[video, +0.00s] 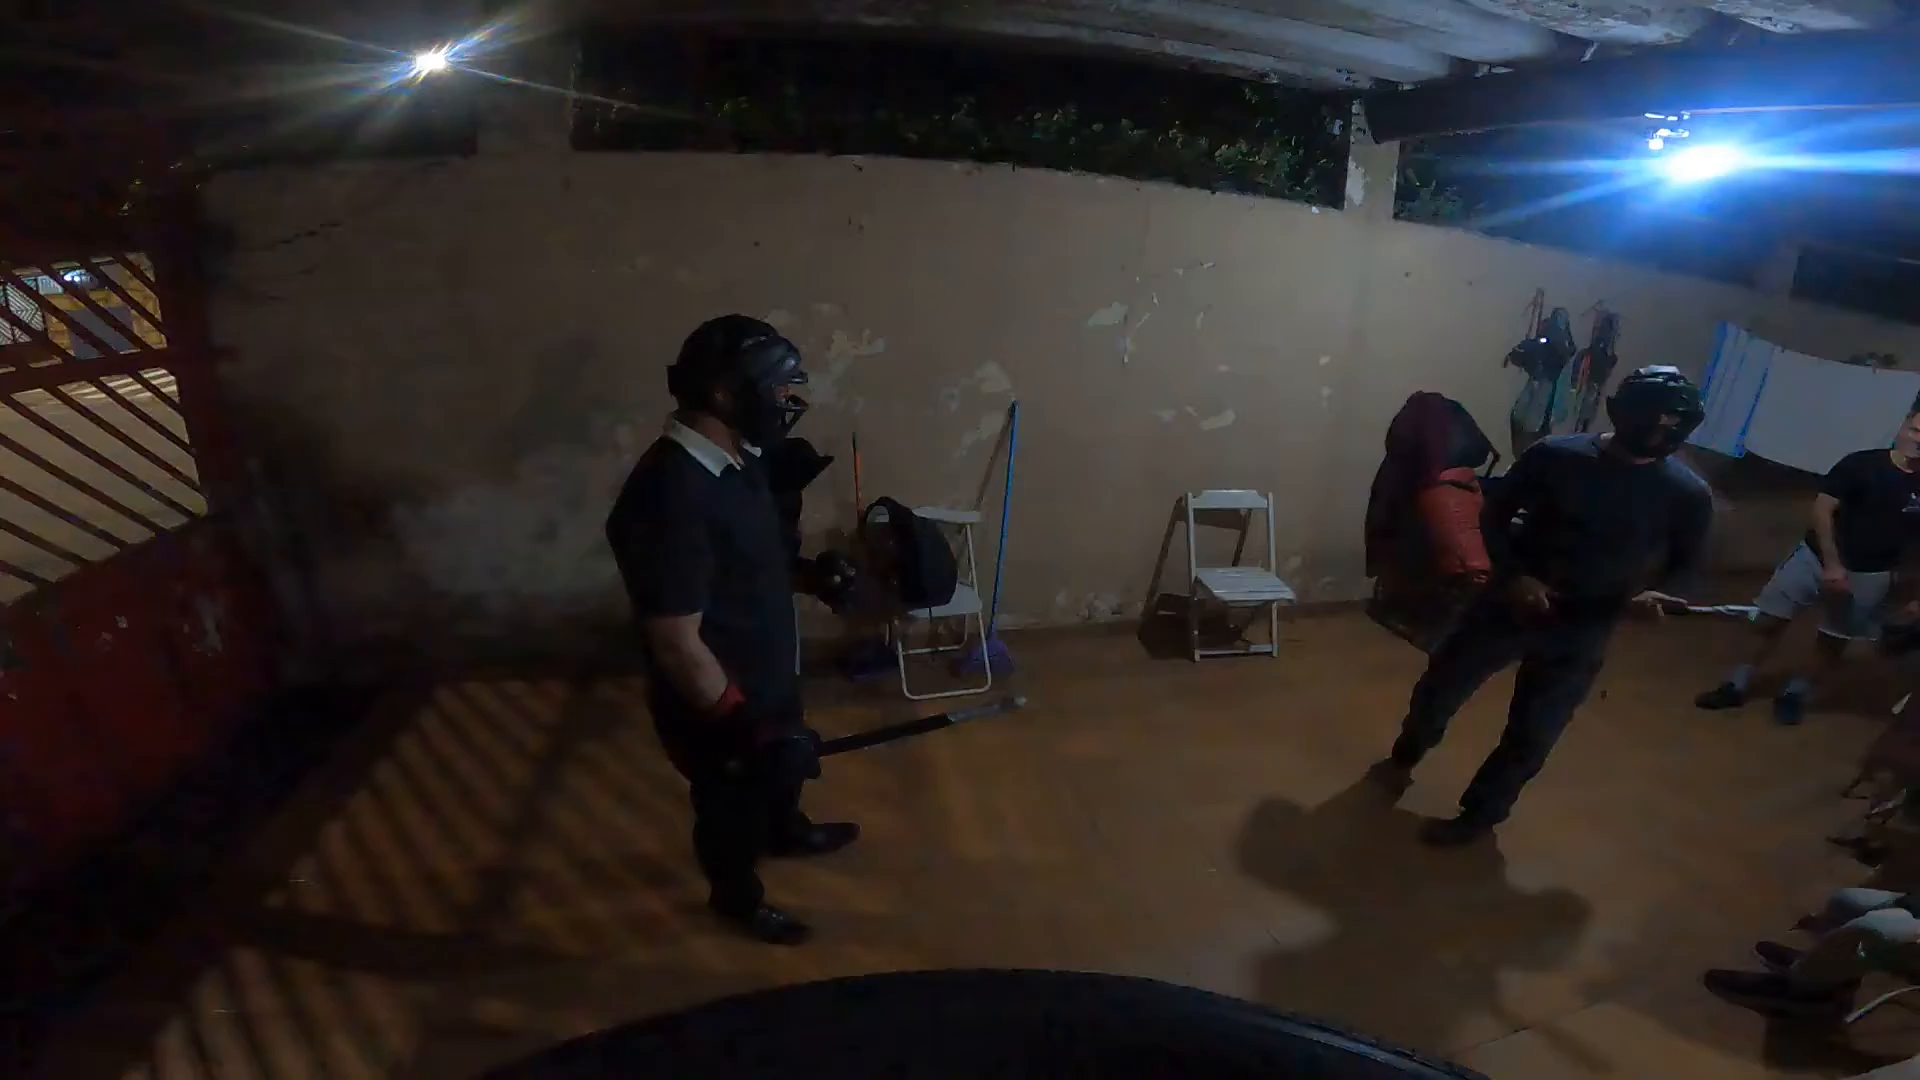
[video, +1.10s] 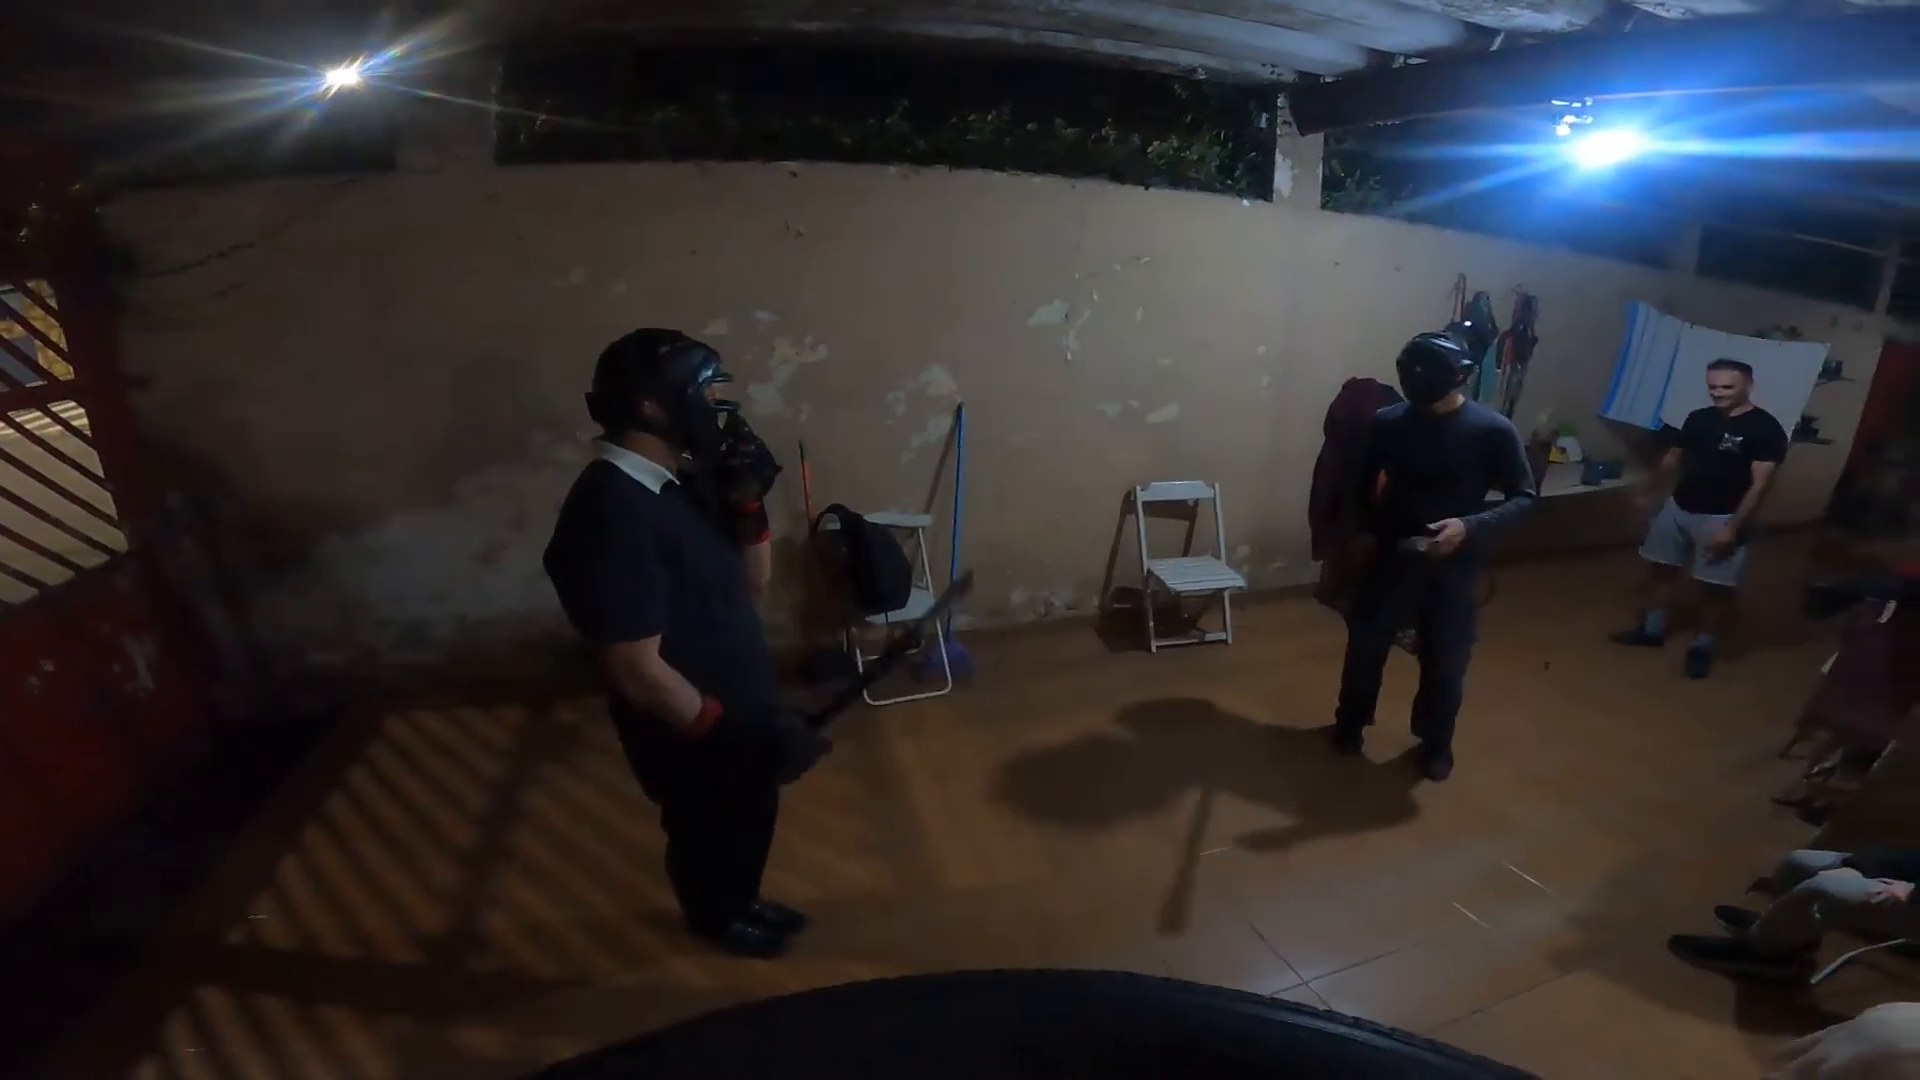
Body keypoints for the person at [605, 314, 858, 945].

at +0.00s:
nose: (787, 398)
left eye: (787, 383)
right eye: (771, 383)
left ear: (723, 394)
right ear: (721, 393)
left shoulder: (738, 461)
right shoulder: (666, 491)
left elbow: (749, 566)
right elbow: (674, 638)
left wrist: (810, 576)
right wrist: (737, 716)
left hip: (764, 663)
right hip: (710, 685)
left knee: (778, 756)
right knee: (728, 802)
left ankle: (781, 829)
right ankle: (736, 899)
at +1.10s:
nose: (716, 399)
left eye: (712, 384)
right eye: (699, 387)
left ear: (652, 410)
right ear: (650, 408)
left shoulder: (677, 483)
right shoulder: (606, 513)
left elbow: (751, 584)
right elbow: (634, 665)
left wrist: (746, 504)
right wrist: (723, 727)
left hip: (733, 699)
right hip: (683, 723)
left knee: (745, 817)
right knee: (709, 826)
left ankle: (738, 902)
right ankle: (715, 918)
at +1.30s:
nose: (626, 404)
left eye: (623, 390)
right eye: (609, 392)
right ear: (574, 405)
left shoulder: (591, 492)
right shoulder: (534, 512)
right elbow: (565, 645)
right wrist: (647, 694)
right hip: (616, 706)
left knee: (662, 805)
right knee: (656, 812)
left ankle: (667, 904)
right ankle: (664, 916)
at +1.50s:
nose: (594, 388)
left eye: (589, 373)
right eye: (573, 378)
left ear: (526, 403)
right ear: (523, 400)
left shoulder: (562, 477)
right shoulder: (482, 513)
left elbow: (655, 568)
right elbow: (528, 667)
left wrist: (646, 492)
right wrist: (642, 713)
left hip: (629, 696)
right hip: (572, 723)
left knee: (648, 814)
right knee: (610, 830)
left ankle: (648, 907)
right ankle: (623, 926)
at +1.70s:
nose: (637, 376)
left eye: (629, 360)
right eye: (614, 367)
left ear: (568, 397)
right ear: (565, 395)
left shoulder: (596, 471)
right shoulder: (526, 504)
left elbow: (623, 577)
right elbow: (555, 662)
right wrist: (650, 722)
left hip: (650, 695)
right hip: (600, 721)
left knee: (666, 817)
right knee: (632, 828)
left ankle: (668, 901)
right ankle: (643, 921)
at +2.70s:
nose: (868, 410)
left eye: (864, 397)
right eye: (856, 399)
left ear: (777, 416)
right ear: (821, 423)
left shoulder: (721, 465)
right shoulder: (816, 532)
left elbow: (639, 472)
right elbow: (877, 651)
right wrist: (987, 592)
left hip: (714, 671)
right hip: (785, 696)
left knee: (759, 761)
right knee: (870, 786)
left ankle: (728, 867)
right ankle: (893, 902)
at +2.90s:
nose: (916, 415)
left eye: (912, 403)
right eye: (905, 406)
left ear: (814, 410)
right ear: (872, 426)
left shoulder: (749, 474)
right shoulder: (884, 521)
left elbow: (638, 473)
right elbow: (999, 548)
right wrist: (1058, 507)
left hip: (717, 674)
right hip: (803, 701)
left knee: (742, 759)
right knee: (878, 790)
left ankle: (714, 868)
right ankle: (894, 904)